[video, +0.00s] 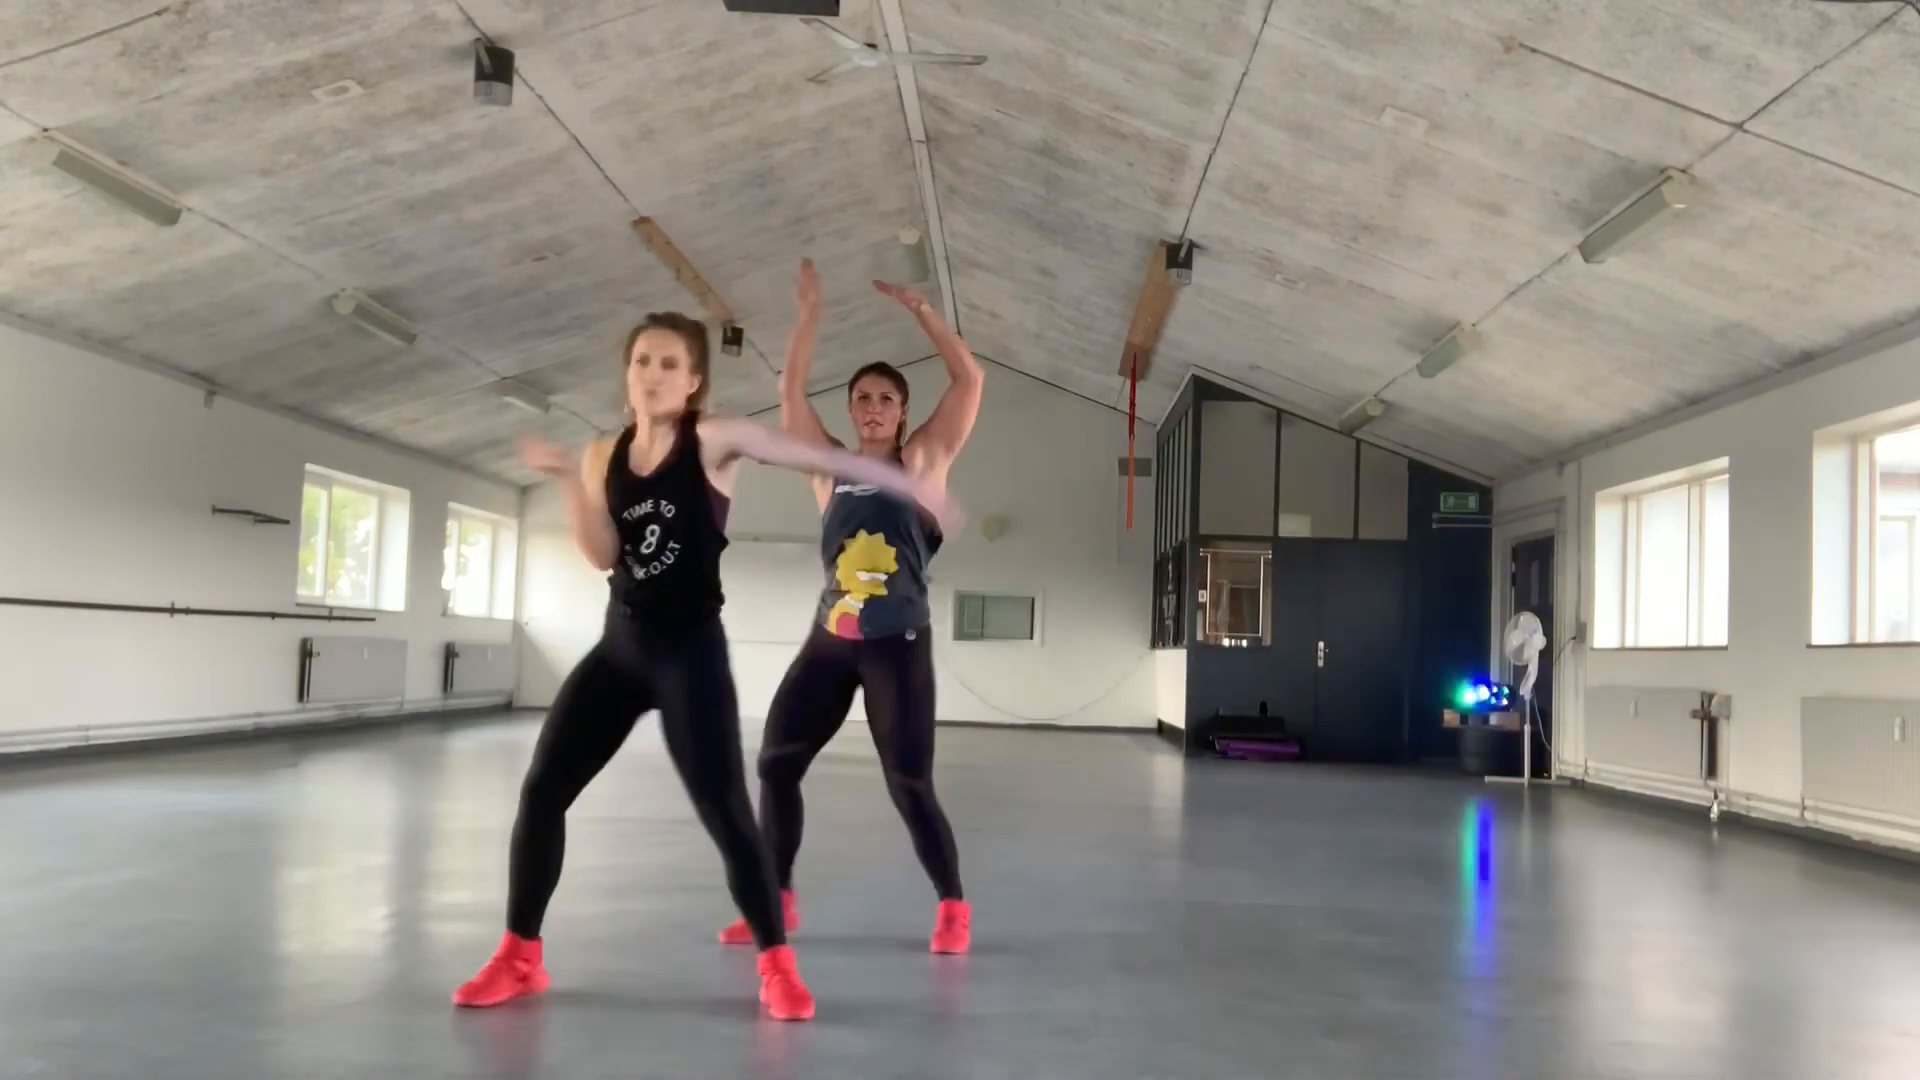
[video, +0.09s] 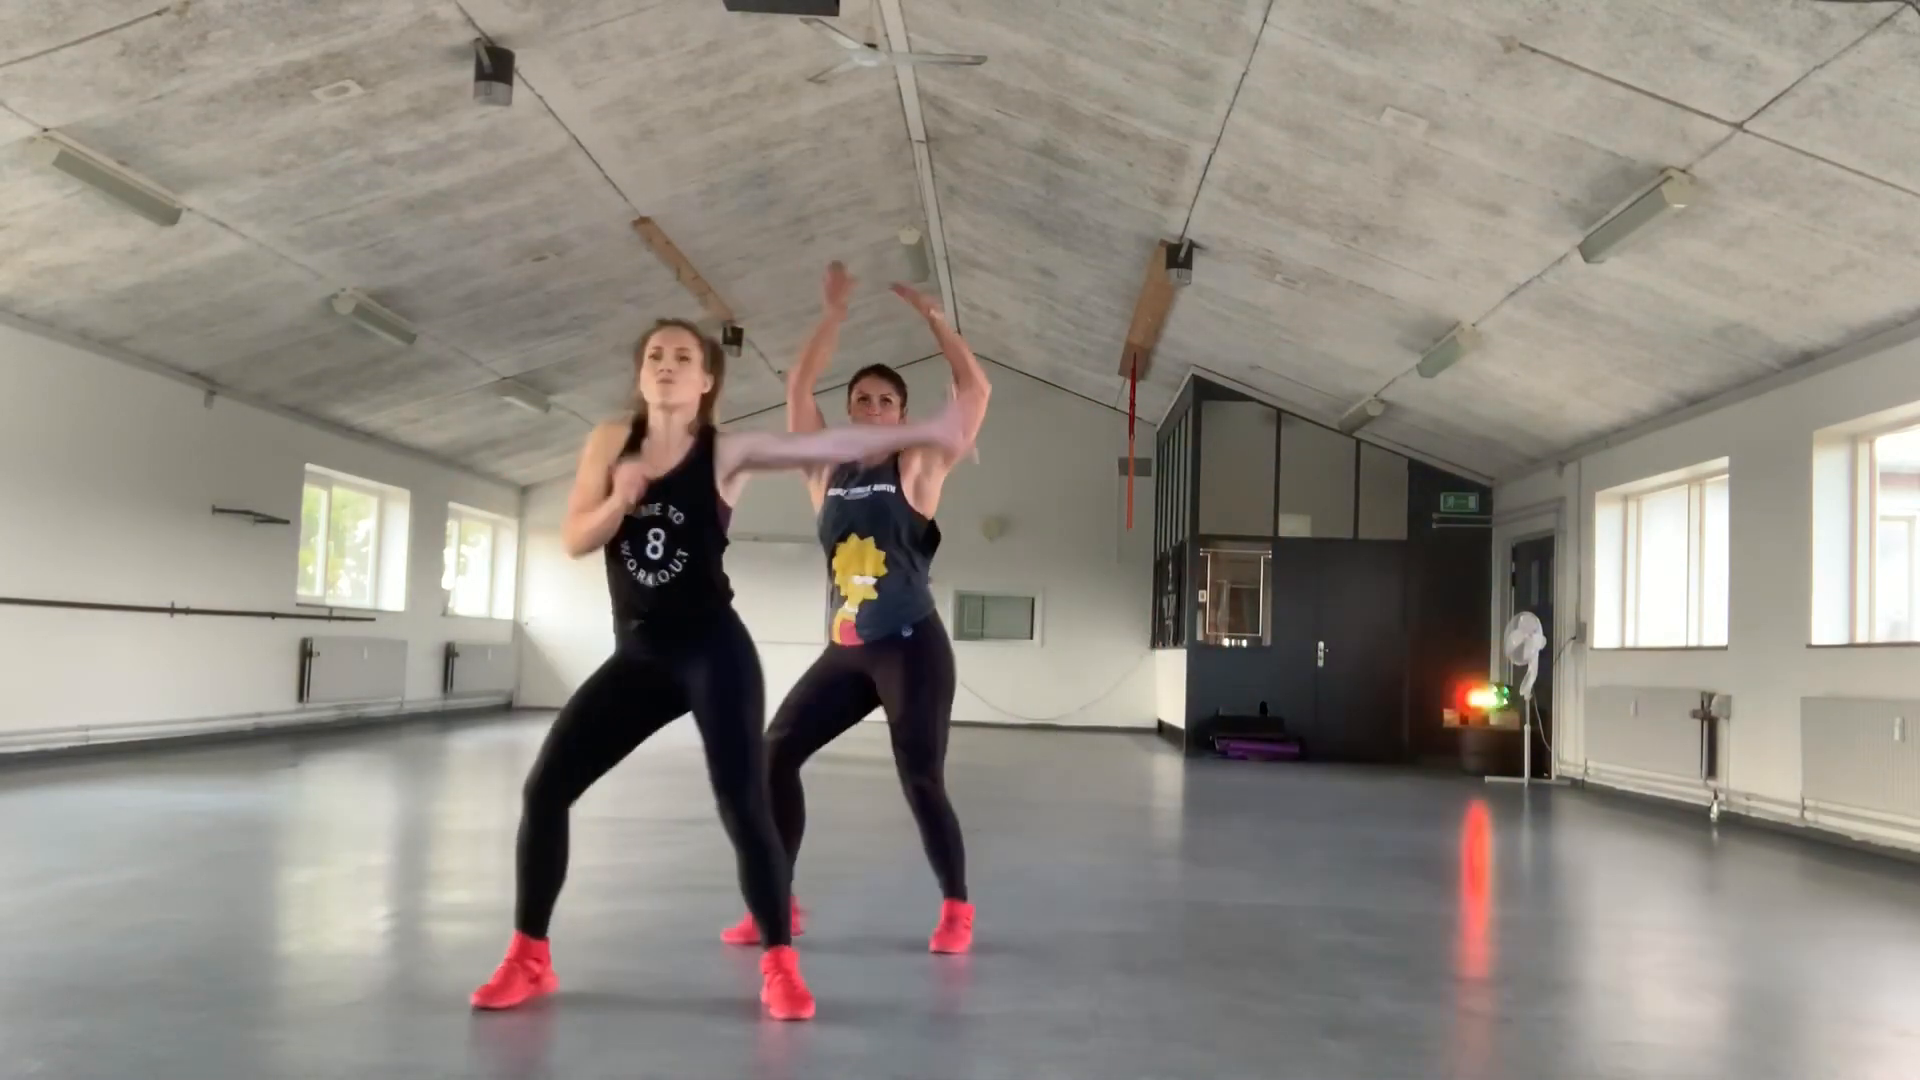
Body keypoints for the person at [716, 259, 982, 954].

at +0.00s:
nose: (873, 408)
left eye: (885, 399)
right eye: (864, 399)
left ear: (902, 412)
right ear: (851, 412)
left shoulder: (926, 457)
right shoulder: (830, 469)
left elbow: (968, 379)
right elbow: (792, 395)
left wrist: (923, 309)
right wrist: (807, 316)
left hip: (899, 645)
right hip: (829, 642)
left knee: (909, 782)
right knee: (778, 765)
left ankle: (951, 901)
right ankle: (776, 900)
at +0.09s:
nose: (872, 407)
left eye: (885, 400)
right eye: (862, 399)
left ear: (902, 414)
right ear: (849, 413)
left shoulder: (922, 465)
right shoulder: (826, 473)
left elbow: (974, 390)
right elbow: (800, 384)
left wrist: (939, 324)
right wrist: (833, 313)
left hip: (912, 647)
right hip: (845, 654)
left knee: (921, 780)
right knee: (778, 751)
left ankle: (956, 905)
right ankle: (775, 903)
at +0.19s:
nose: (874, 419)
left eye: (885, 409)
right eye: (863, 407)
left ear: (899, 422)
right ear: (845, 417)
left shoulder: (919, 477)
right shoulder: (820, 478)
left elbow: (980, 413)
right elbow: (800, 385)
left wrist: (947, 342)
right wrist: (855, 325)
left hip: (918, 647)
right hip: (855, 659)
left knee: (933, 772)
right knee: (790, 763)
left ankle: (971, 911)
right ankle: (782, 911)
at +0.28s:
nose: (871, 417)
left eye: (882, 408)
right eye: (860, 407)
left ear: (897, 424)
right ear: (841, 419)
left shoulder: (916, 483)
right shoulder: (816, 475)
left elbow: (979, 418)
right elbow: (789, 385)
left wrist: (945, 349)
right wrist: (843, 335)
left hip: (918, 649)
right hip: (850, 661)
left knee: (935, 771)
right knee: (778, 761)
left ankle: (971, 908)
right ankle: (782, 908)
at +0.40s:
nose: (867, 410)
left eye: (878, 402)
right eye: (857, 401)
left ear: (895, 415)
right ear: (840, 412)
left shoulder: (913, 477)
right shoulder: (817, 462)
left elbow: (966, 411)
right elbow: (778, 381)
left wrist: (928, 344)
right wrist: (825, 328)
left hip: (905, 648)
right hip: (829, 654)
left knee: (927, 778)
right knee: (780, 773)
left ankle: (963, 907)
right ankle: (765, 901)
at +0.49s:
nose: (862, 408)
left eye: (872, 400)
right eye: (850, 399)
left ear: (890, 414)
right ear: (833, 411)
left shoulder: (908, 471)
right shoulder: (812, 454)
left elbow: (944, 398)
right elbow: (767, 402)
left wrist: (900, 332)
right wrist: (774, 331)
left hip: (880, 653)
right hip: (808, 650)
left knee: (932, 773)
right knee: (786, 782)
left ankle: (922, 912)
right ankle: (748, 906)